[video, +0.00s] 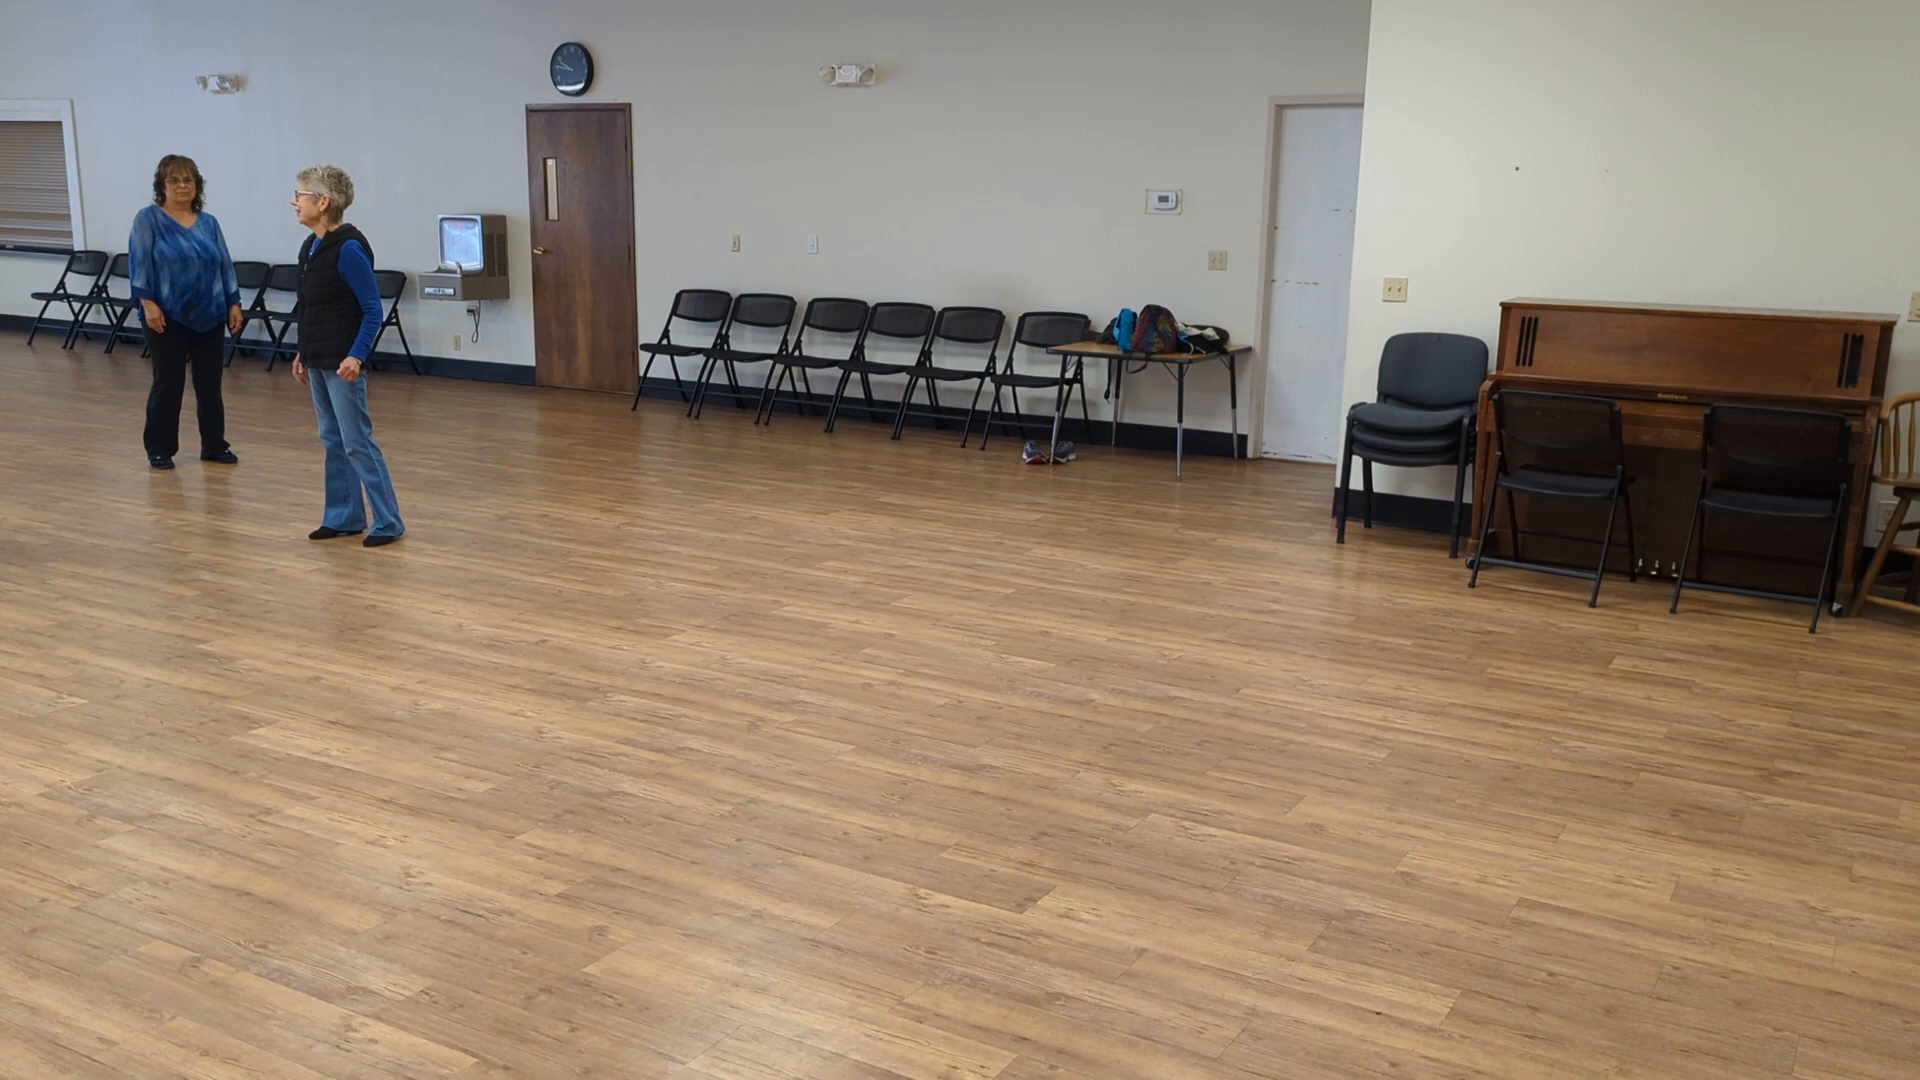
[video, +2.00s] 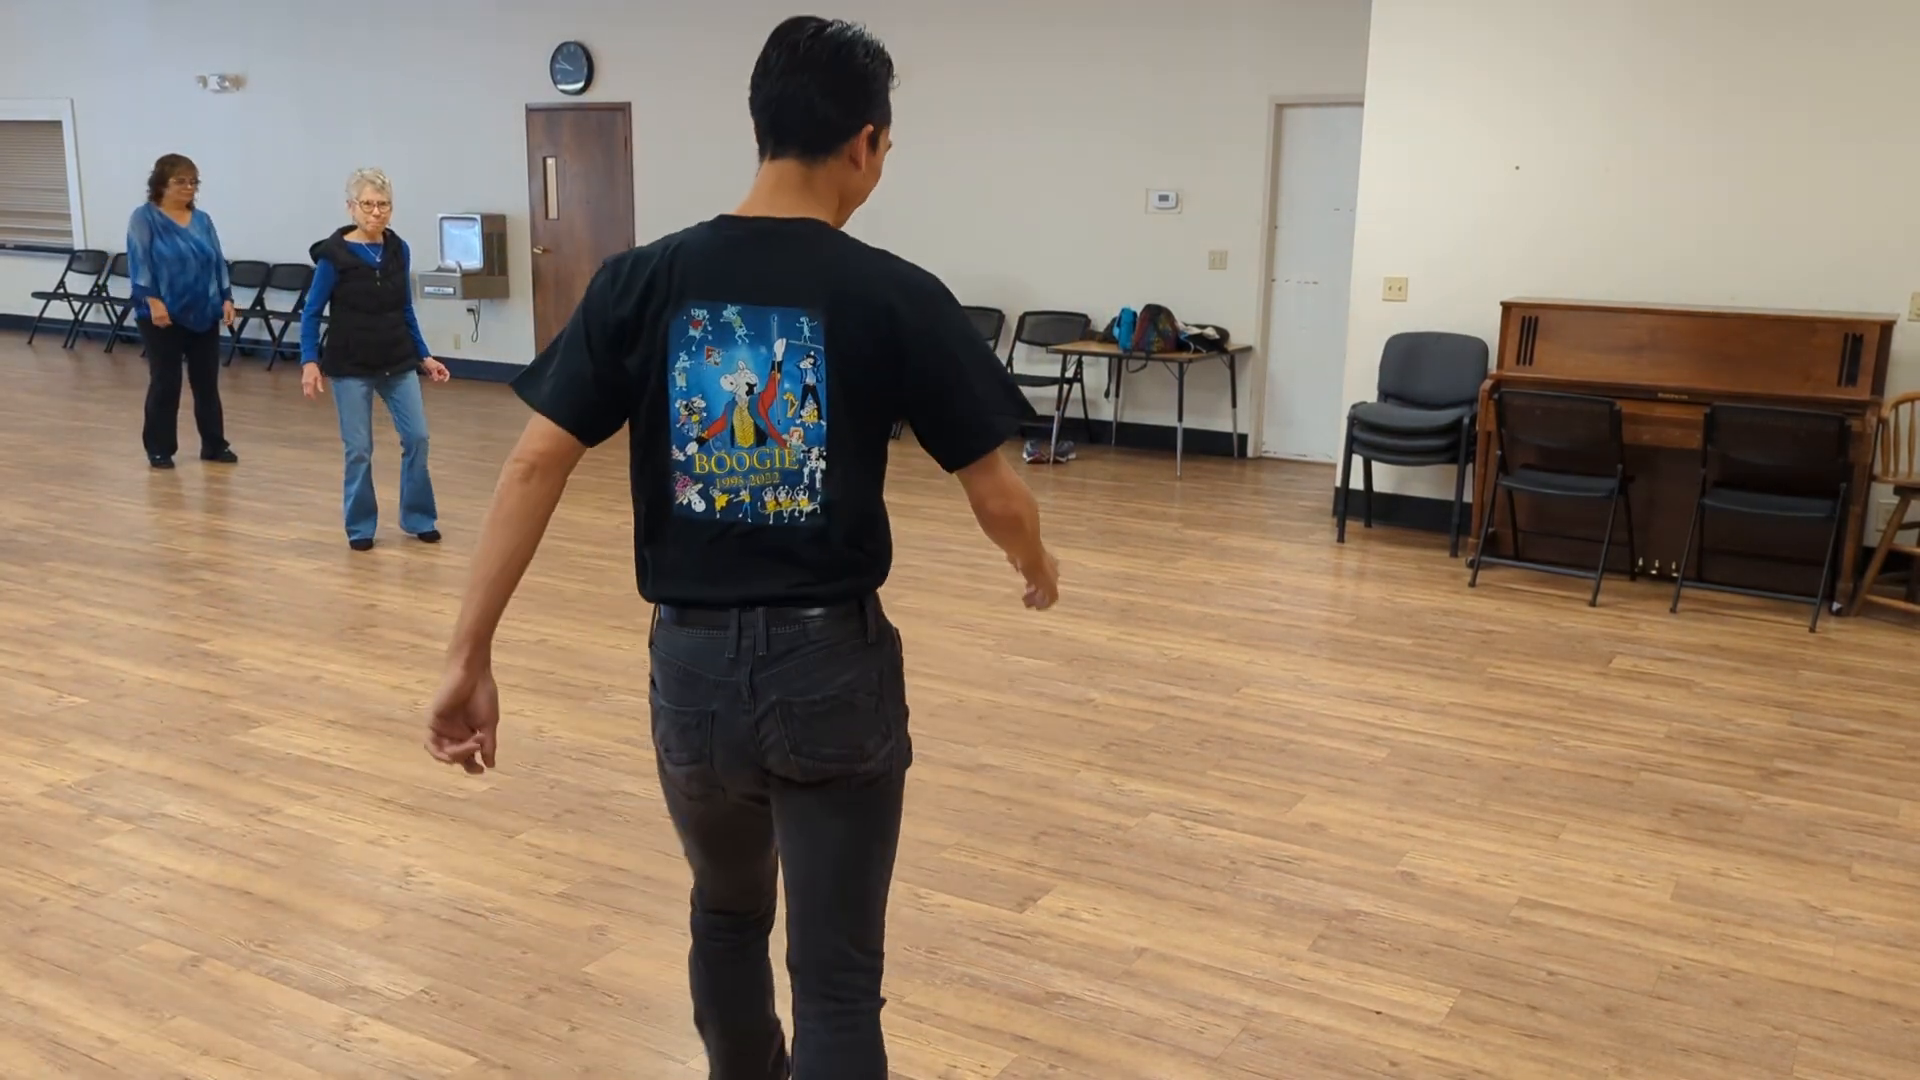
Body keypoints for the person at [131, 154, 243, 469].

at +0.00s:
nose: (182, 186)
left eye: (187, 180)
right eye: (174, 181)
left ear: (197, 185)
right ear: (162, 185)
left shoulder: (208, 222)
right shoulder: (148, 218)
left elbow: (226, 266)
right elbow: (139, 266)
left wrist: (234, 303)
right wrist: (148, 303)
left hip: (208, 315)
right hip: (167, 315)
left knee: (210, 385)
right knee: (168, 384)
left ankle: (214, 446)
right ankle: (160, 451)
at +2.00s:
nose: (190, 187)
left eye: (193, 181)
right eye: (182, 181)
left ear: (196, 184)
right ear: (163, 183)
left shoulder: (202, 219)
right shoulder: (144, 217)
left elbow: (219, 262)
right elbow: (139, 264)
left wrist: (226, 298)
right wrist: (153, 300)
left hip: (203, 313)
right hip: (163, 314)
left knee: (206, 383)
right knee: (166, 383)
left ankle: (214, 445)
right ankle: (159, 451)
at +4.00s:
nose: (152, 182)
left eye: (158, 177)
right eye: (145, 177)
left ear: (167, 181)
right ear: (134, 182)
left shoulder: (180, 216)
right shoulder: (122, 215)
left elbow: (197, 259)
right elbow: (113, 261)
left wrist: (203, 293)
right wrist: (120, 299)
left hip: (182, 309)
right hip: (144, 310)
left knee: (186, 376)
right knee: (151, 378)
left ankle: (192, 435)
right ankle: (152, 440)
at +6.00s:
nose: (165, 183)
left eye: (171, 178)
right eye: (158, 178)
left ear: (179, 183)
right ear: (145, 183)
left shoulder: (187, 217)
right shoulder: (133, 216)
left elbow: (202, 261)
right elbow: (129, 262)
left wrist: (212, 296)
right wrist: (140, 298)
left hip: (191, 308)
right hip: (155, 308)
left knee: (191, 374)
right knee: (157, 374)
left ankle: (193, 436)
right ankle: (152, 440)